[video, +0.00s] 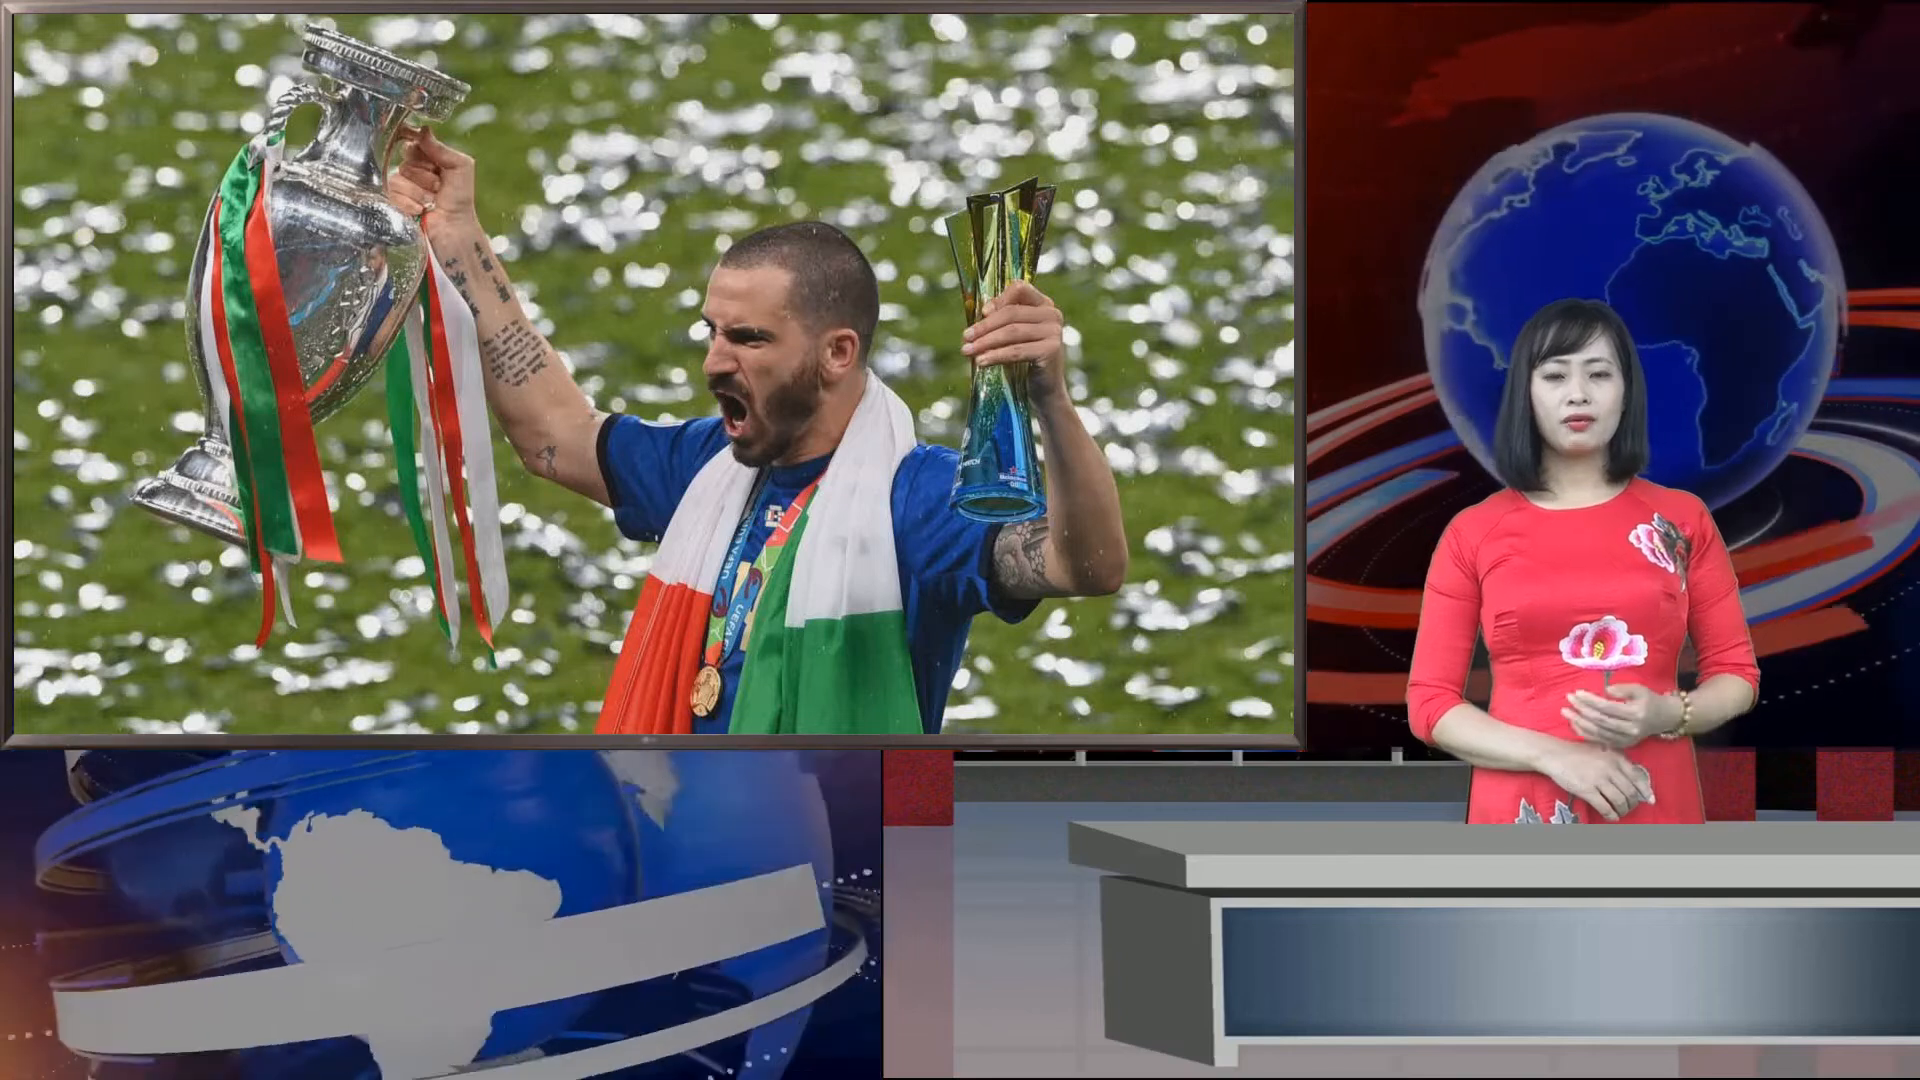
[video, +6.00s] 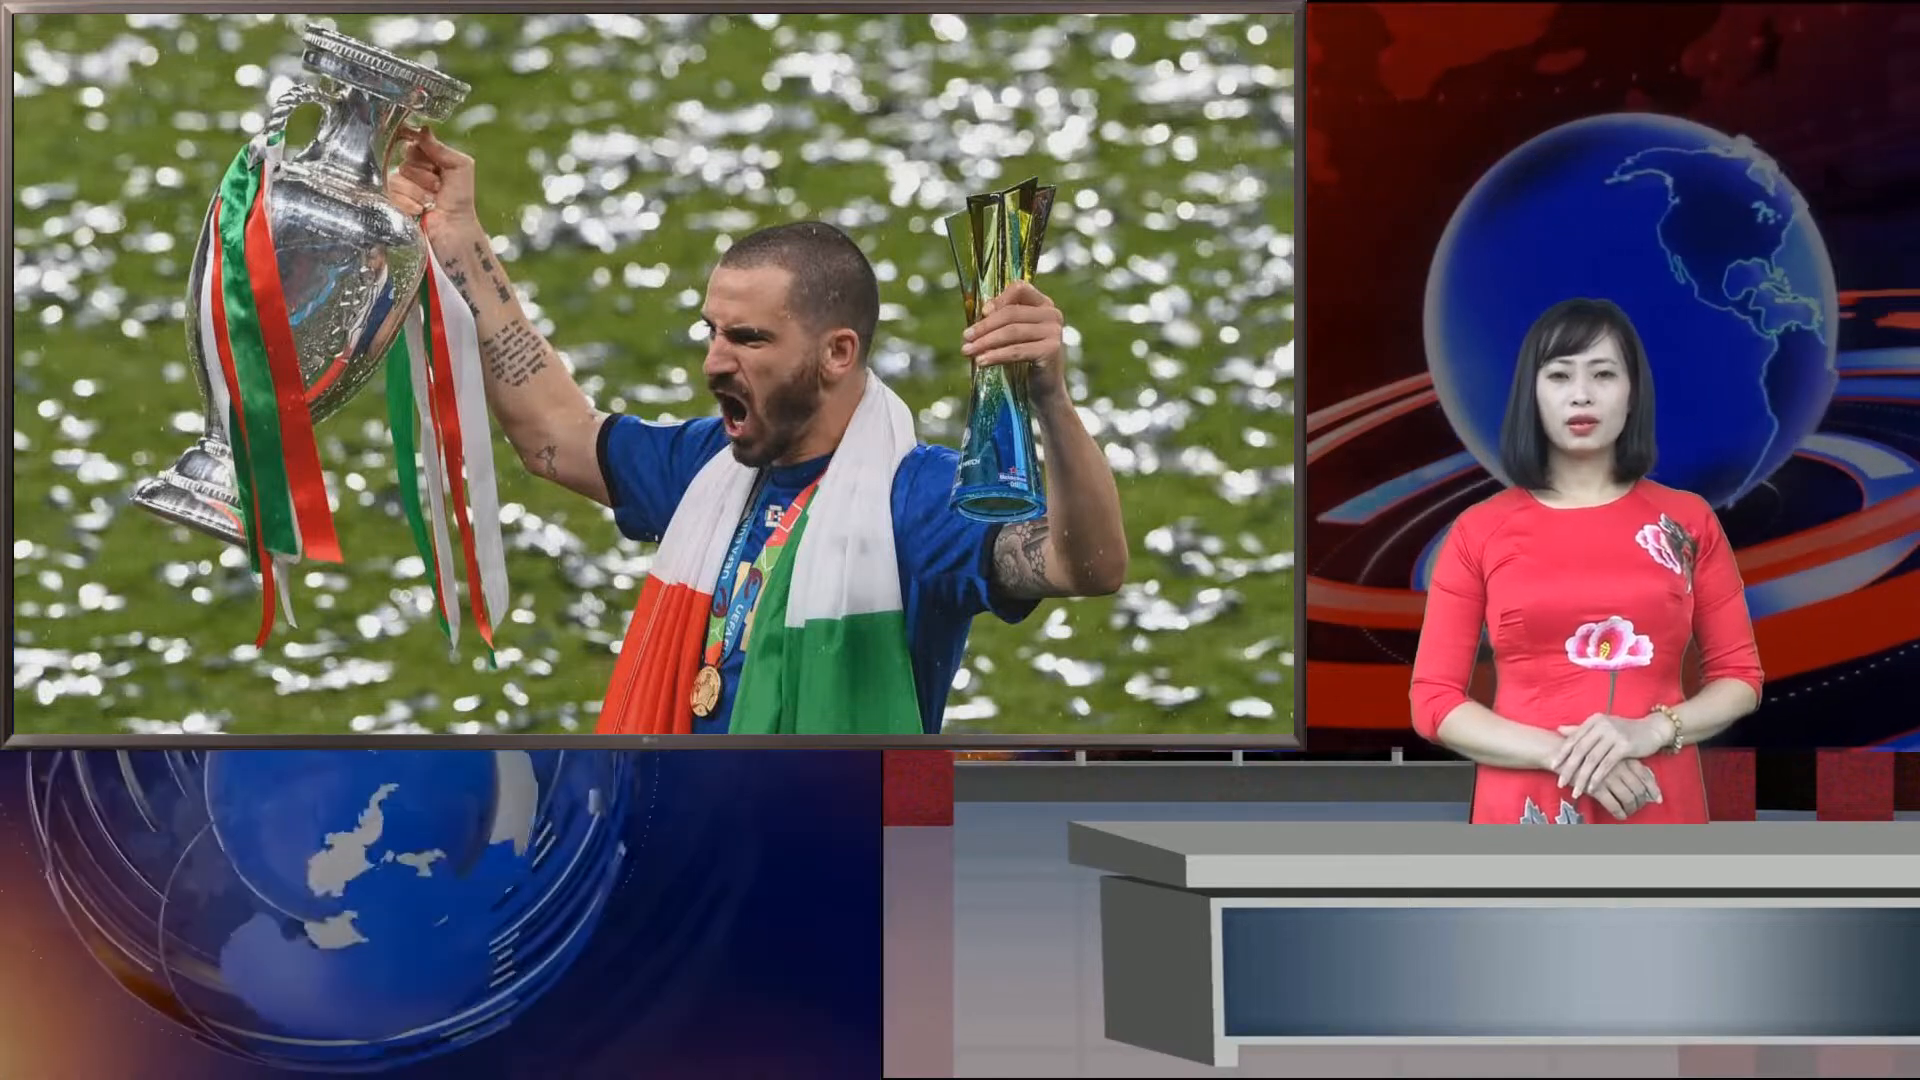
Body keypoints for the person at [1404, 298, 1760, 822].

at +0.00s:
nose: (1577, 393)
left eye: (1598, 374)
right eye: (1555, 375)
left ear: (1626, 392)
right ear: (1527, 393)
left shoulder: (1682, 520)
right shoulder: (1474, 534)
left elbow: (1736, 678)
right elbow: (1430, 703)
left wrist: (1665, 715)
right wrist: (1551, 754)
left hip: (1659, 825)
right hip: (1519, 826)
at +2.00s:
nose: (1580, 396)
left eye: (1601, 377)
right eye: (1557, 378)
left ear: (1627, 394)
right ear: (1528, 395)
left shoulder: (1681, 522)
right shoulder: (1476, 535)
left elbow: (1735, 678)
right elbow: (1432, 704)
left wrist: (1654, 738)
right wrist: (1560, 752)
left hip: (1660, 823)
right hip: (1520, 824)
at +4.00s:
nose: (1581, 393)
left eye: (1602, 374)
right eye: (1559, 376)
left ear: (1630, 392)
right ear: (1531, 394)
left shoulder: (1685, 520)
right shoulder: (1479, 533)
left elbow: (1739, 679)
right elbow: (1433, 701)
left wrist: (1650, 728)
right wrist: (1566, 752)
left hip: (1661, 824)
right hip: (1521, 824)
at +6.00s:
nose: (1581, 394)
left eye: (1603, 374)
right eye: (1560, 375)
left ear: (1632, 392)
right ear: (1533, 392)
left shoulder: (1687, 522)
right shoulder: (1480, 533)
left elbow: (1739, 680)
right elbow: (1433, 700)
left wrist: (1653, 729)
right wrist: (1569, 753)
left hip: (1662, 823)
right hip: (1522, 824)